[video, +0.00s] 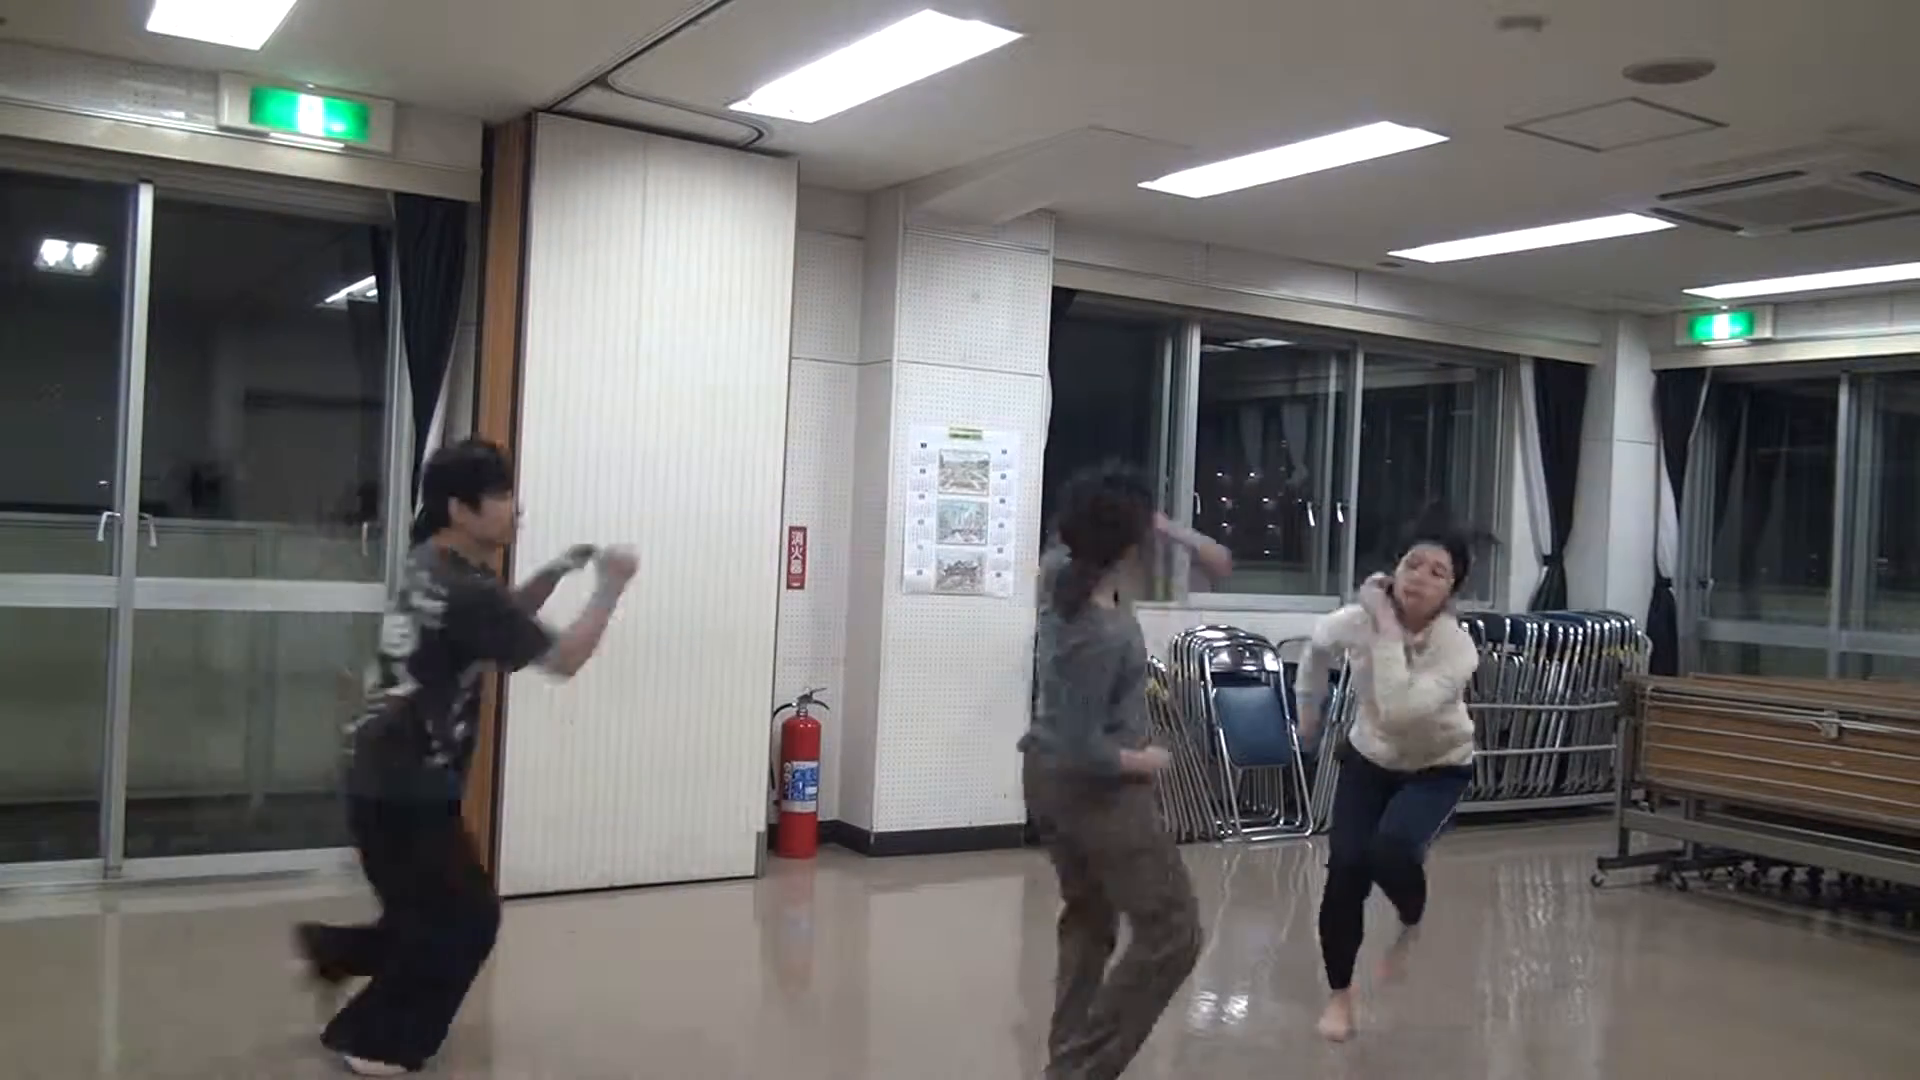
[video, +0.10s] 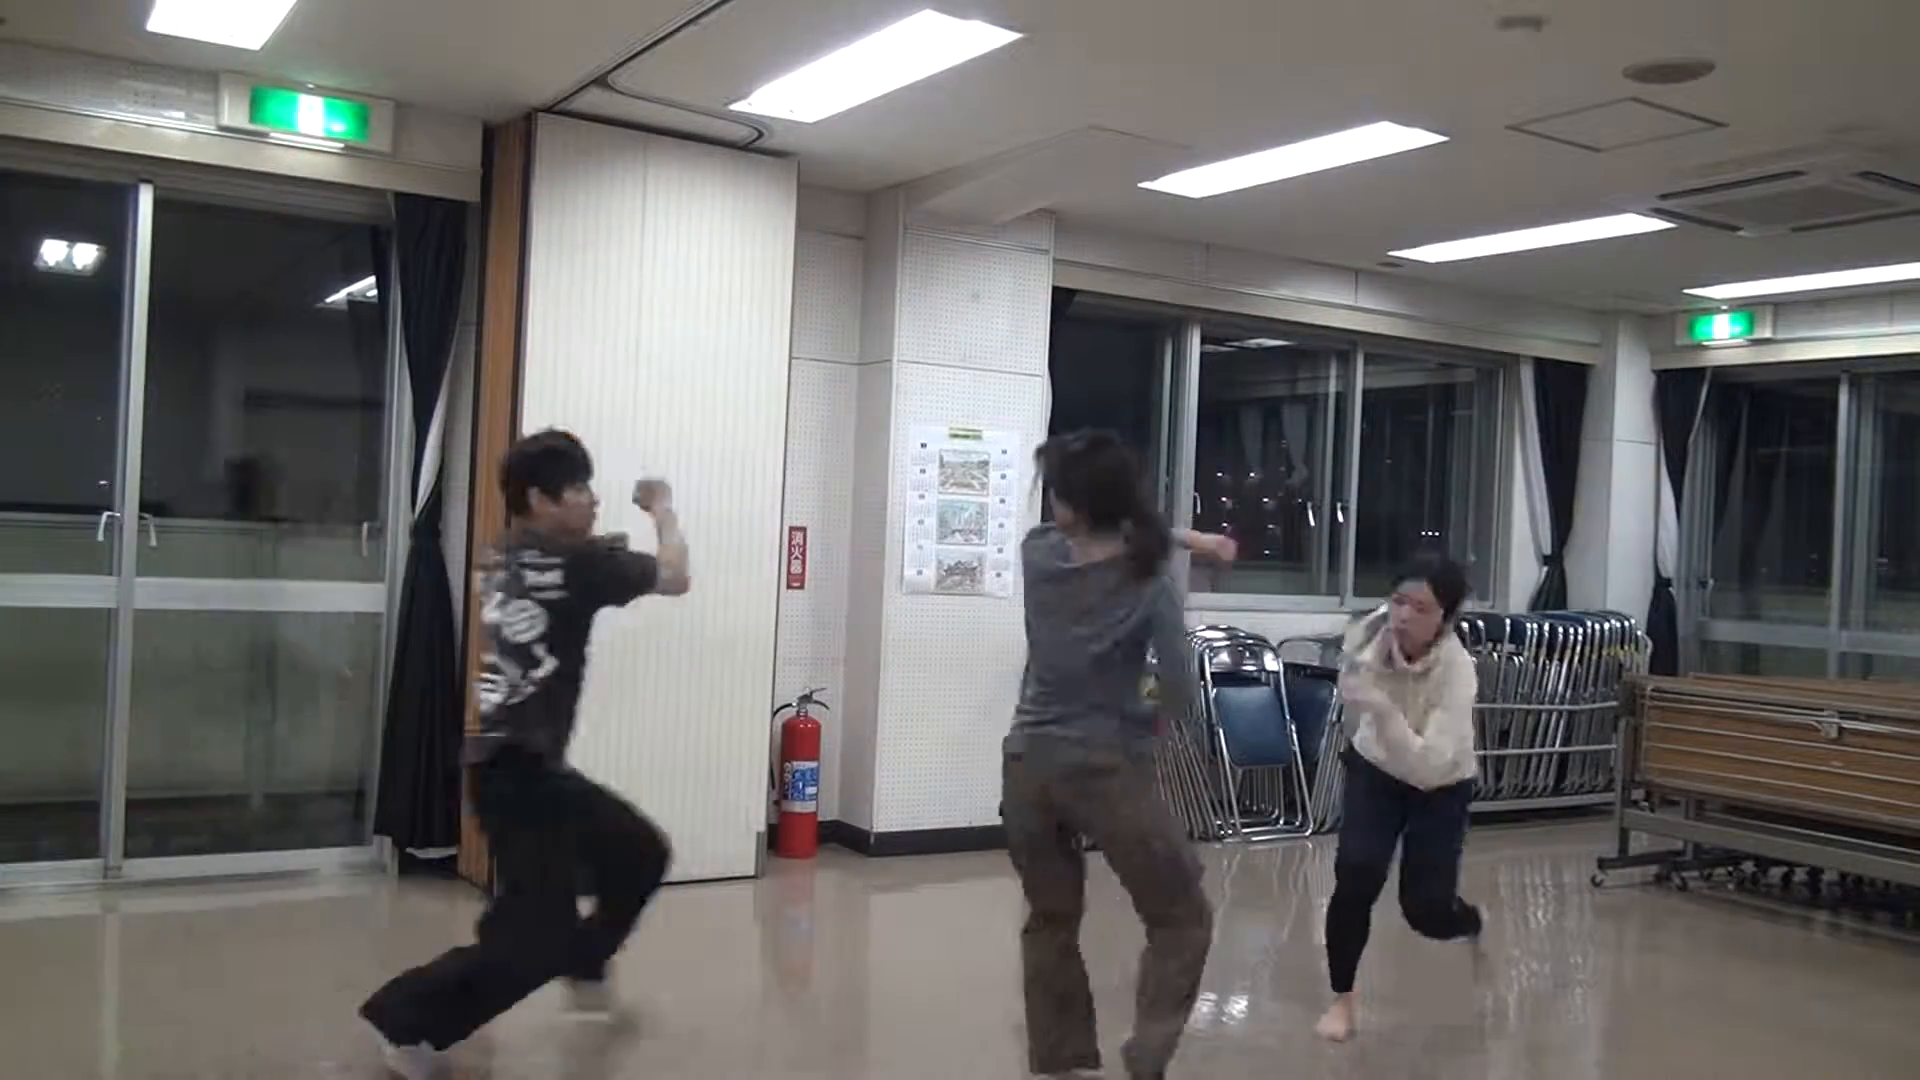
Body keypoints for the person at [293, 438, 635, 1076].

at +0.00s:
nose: (515, 509)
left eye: (512, 496)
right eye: (502, 498)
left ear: (456, 511)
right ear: (460, 510)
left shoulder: (423, 571)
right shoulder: (464, 589)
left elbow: (500, 626)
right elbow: (564, 659)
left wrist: (553, 574)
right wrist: (609, 591)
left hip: (384, 776)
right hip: (410, 788)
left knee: (438, 914)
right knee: (469, 920)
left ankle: (333, 950)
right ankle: (373, 1046)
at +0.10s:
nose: (592, 502)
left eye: (589, 491)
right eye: (580, 494)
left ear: (537, 504)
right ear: (539, 504)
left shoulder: (518, 557)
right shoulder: (577, 563)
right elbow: (674, 575)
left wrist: (597, 543)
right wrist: (662, 514)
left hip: (514, 764)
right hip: (518, 772)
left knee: (640, 854)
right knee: (544, 935)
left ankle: (586, 964)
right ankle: (403, 1018)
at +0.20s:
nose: (672, 519)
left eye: (666, 506)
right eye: (659, 510)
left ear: (617, 526)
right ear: (620, 525)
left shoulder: (569, 595)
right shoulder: (666, 571)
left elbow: (519, 675)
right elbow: (764, 606)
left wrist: (583, 683)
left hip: (625, 787)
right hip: (640, 791)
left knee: (766, 863)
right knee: (619, 951)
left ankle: (807, 983)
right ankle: (468, 1022)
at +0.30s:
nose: (754, 553)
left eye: (750, 541)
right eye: (740, 545)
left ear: (699, 565)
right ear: (702, 561)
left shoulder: (648, 641)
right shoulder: (746, 614)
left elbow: (588, 713)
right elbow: (819, 669)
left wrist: (594, 803)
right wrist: (853, 716)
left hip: (689, 830)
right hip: (738, 828)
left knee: (840, 871)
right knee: (693, 984)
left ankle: (891, 985)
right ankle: (541, 1028)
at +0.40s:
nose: (820, 550)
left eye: (814, 538)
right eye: (806, 541)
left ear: (763, 557)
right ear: (768, 554)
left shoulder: (718, 628)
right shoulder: (781, 610)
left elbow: (648, 693)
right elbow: (767, 653)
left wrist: (636, 780)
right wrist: (803, 748)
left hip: (728, 822)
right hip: (761, 822)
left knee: (880, 877)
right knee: (718, 996)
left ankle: (890, 987)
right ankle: (562, 1017)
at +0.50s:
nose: (828, 513)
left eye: (828, 502)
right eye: (815, 501)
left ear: (793, 515)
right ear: (771, 510)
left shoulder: (794, 585)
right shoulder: (733, 579)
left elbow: (784, 661)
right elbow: (637, 607)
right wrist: (659, 704)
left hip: (796, 787)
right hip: (730, 789)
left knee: (860, 877)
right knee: (714, 932)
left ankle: (891, 977)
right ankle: (602, 1026)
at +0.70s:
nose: (761, 509)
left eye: (774, 500)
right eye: (746, 494)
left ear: (785, 511)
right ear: (711, 502)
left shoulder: (767, 560)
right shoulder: (687, 578)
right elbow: (654, 686)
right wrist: (662, 666)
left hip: (774, 763)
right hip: (700, 764)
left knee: (833, 896)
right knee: (661, 906)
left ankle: (913, 1009)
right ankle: (584, 1055)